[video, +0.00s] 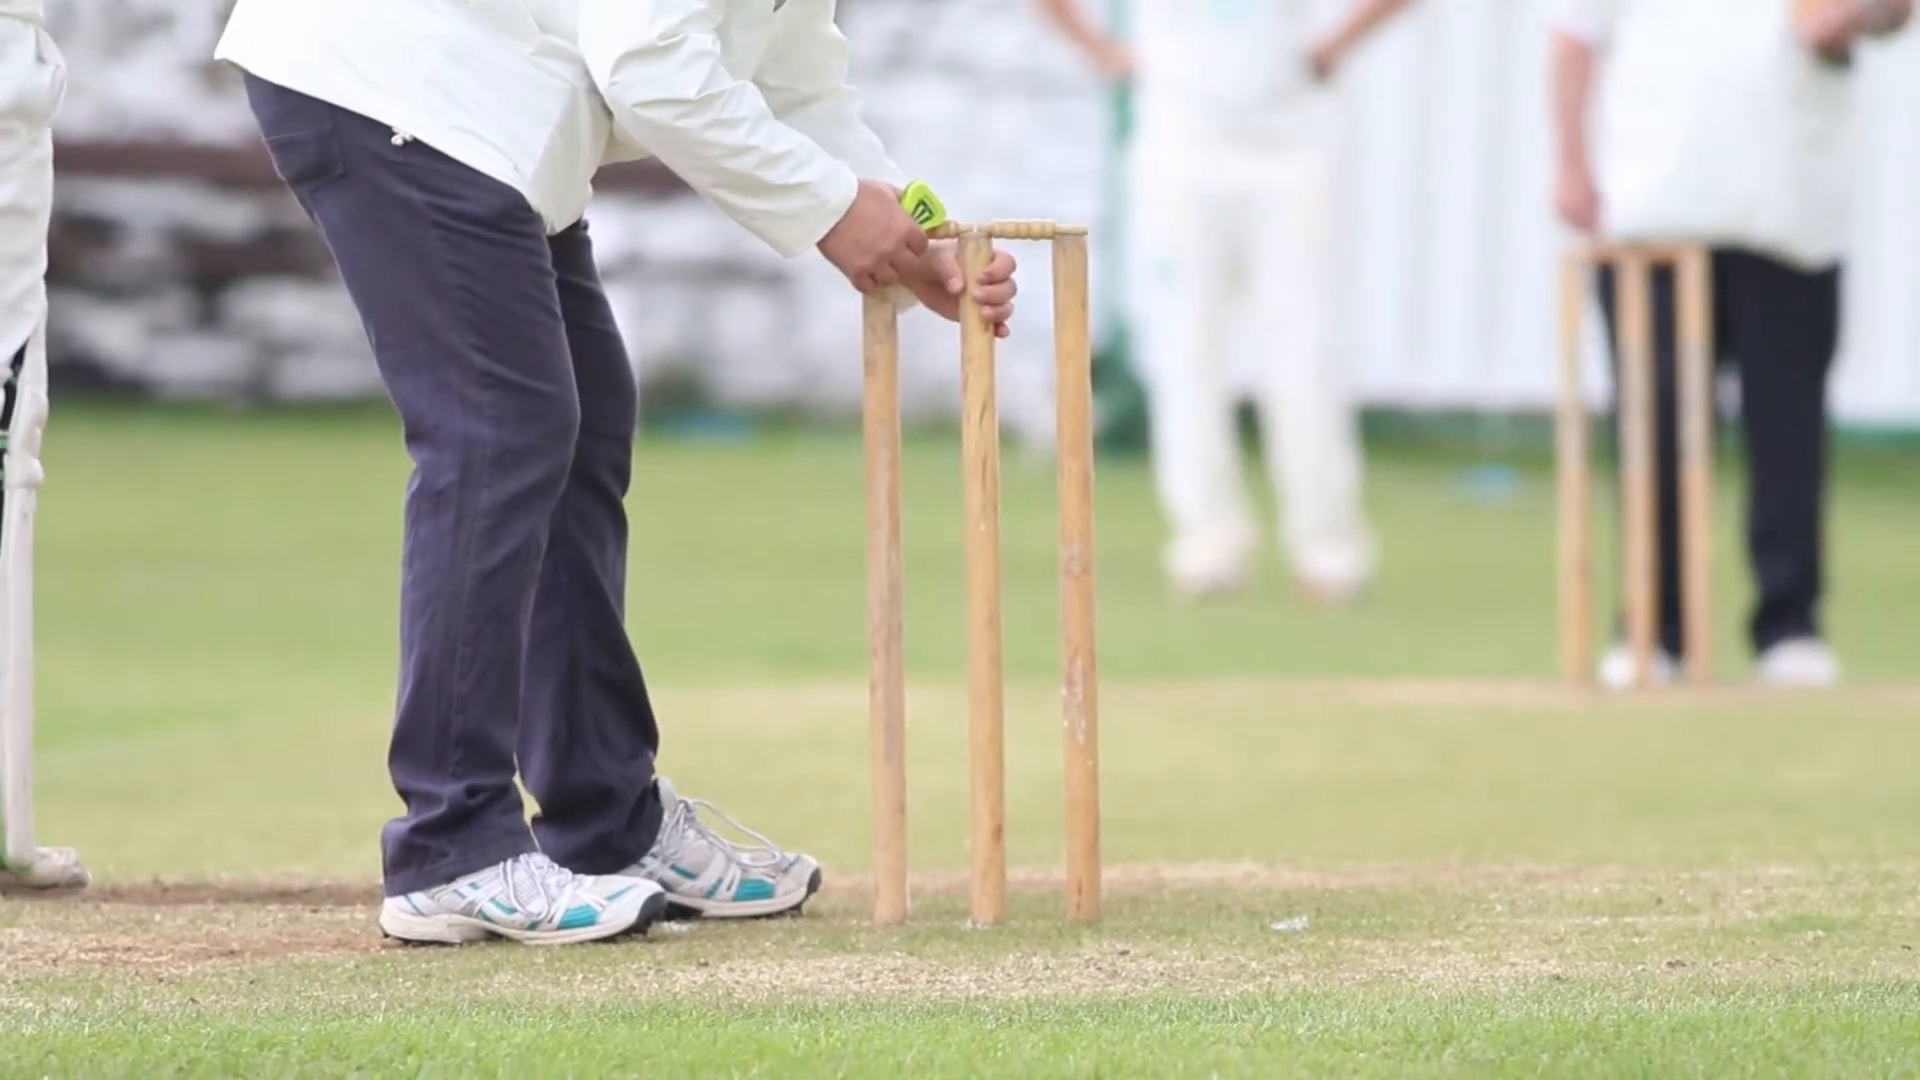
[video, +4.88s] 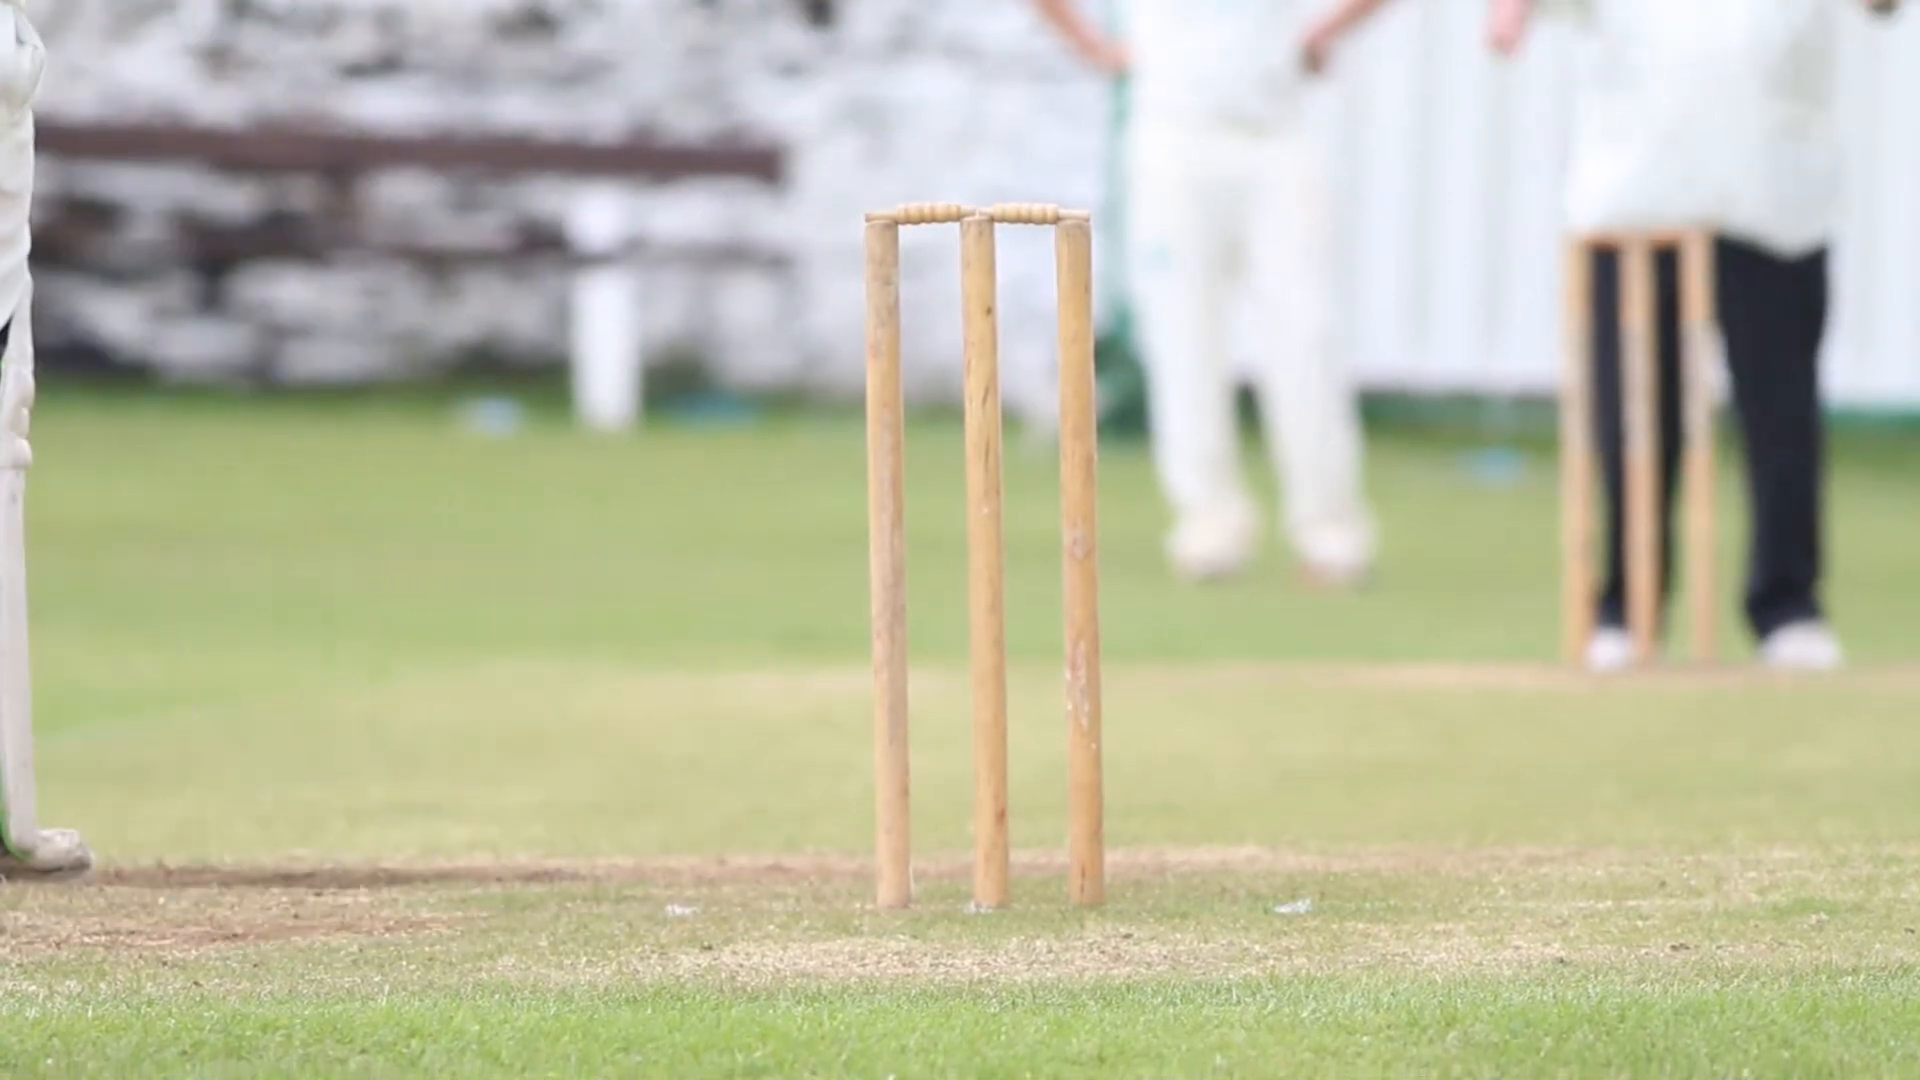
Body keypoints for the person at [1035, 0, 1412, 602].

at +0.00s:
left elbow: (1400, 3)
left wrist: (1332, 47)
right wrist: (1102, 49)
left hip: (1295, 110)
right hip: (1177, 112)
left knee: (1305, 334)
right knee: (1180, 338)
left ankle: (1327, 545)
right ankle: (1208, 541)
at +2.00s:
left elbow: (1382, 4)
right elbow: (1037, 4)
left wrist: (1323, 40)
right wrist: (1095, 51)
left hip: (1282, 124)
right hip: (1169, 122)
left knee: (1302, 340)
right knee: (1178, 343)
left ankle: (1328, 538)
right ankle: (1209, 536)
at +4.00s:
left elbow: (1384, 2)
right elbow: (1040, 3)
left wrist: (1323, 39)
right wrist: (1098, 47)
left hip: (1285, 119)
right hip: (1172, 117)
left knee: (1303, 329)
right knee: (1179, 334)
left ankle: (1328, 528)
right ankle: (1210, 525)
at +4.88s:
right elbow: (1041, 3)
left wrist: (1322, 35)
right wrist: (1098, 47)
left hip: (1284, 115)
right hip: (1171, 113)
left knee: (1304, 327)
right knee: (1180, 330)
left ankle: (1330, 528)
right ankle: (1210, 524)